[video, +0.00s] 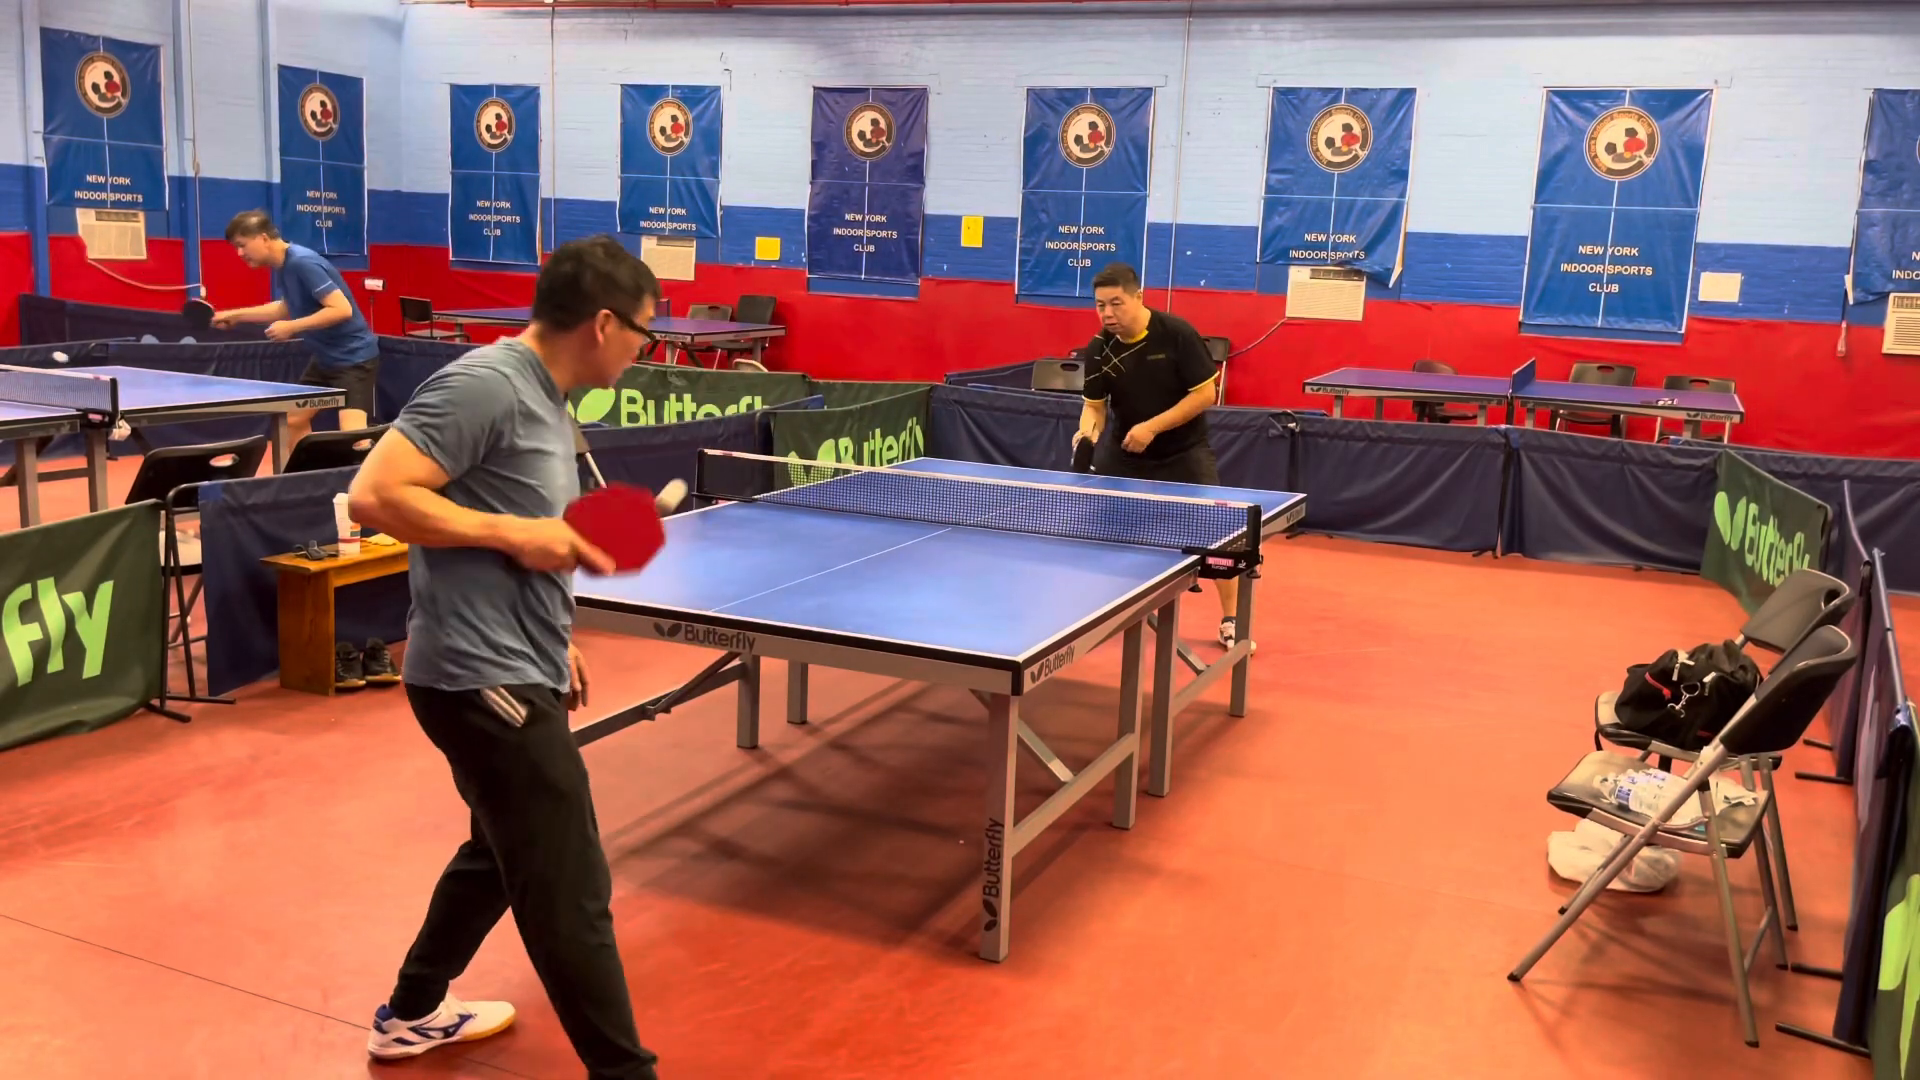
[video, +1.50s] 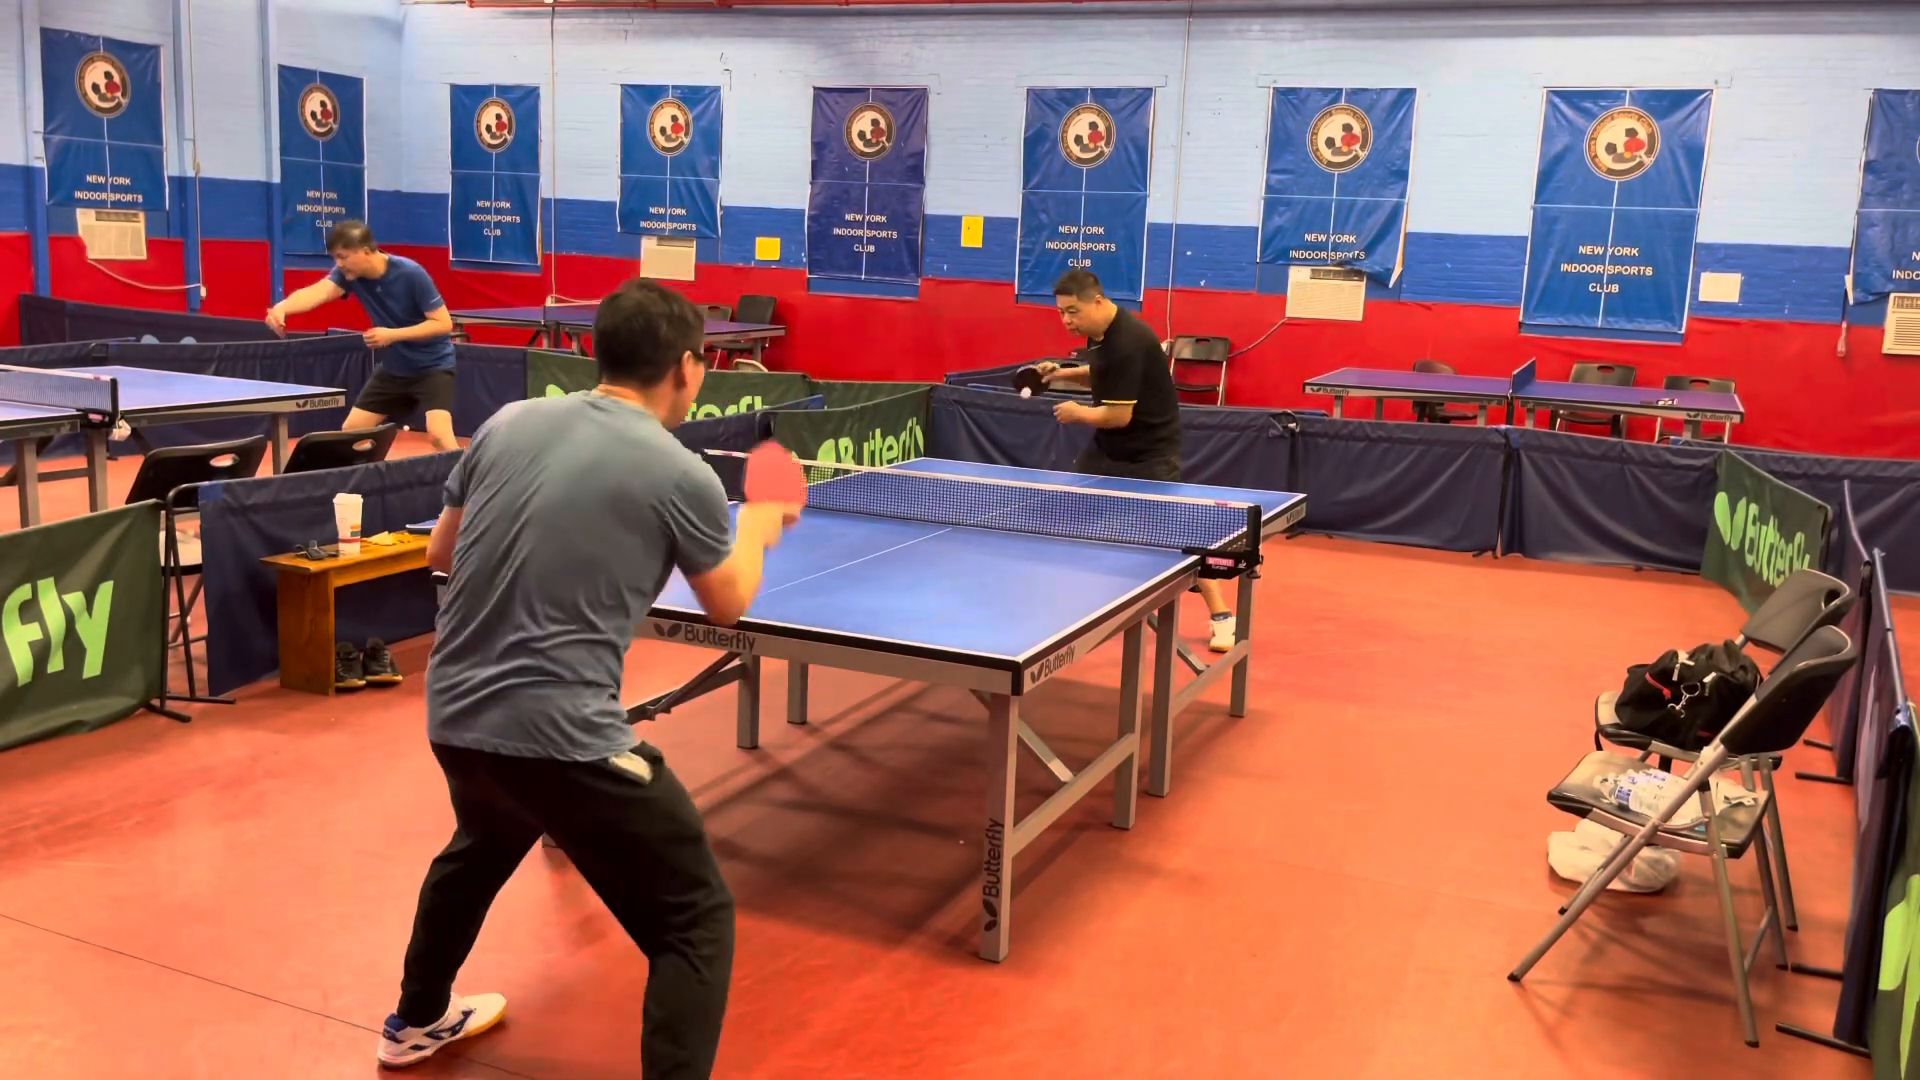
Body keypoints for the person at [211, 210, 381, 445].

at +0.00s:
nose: (240, 254)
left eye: (242, 246)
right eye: (237, 248)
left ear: (264, 239)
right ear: (263, 240)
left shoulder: (304, 263)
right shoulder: (283, 266)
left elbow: (342, 309)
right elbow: (288, 309)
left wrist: (292, 326)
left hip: (355, 358)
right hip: (326, 357)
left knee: (354, 434)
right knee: (294, 420)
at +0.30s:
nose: (241, 258)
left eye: (243, 250)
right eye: (239, 253)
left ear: (264, 242)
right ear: (264, 243)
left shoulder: (304, 264)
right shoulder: (289, 266)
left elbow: (342, 314)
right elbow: (294, 310)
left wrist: (292, 327)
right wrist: (246, 309)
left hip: (355, 360)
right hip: (326, 359)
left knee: (351, 433)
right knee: (292, 420)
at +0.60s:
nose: (278, 250)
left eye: (282, 243)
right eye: (275, 244)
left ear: (304, 236)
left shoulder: (349, 262)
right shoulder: (292, 266)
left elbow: (383, 311)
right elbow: (278, 308)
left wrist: (331, 323)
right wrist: (254, 303)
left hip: (372, 353)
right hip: (332, 354)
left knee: (369, 427)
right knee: (304, 421)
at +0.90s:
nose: (293, 240)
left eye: (297, 232)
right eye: (290, 234)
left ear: (320, 227)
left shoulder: (364, 253)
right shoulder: (308, 259)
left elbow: (401, 300)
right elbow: (296, 299)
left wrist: (350, 315)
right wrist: (257, 300)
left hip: (390, 350)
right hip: (351, 351)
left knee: (387, 427)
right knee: (327, 418)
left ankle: (411, 492)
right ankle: (362, 475)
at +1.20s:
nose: (305, 260)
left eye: (310, 252)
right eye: (302, 254)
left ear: (332, 244)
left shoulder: (377, 267)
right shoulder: (318, 275)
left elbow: (417, 311)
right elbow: (301, 312)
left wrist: (368, 330)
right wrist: (299, 326)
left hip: (404, 361)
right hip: (363, 362)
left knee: (421, 431)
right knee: (330, 430)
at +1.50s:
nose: (338, 265)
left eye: (343, 257)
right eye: (336, 259)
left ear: (365, 251)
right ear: (363, 252)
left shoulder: (412, 274)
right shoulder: (349, 274)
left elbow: (443, 324)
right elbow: (319, 292)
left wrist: (393, 335)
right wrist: (282, 308)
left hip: (434, 367)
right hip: (393, 368)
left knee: (440, 436)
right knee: (351, 431)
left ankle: (469, 491)